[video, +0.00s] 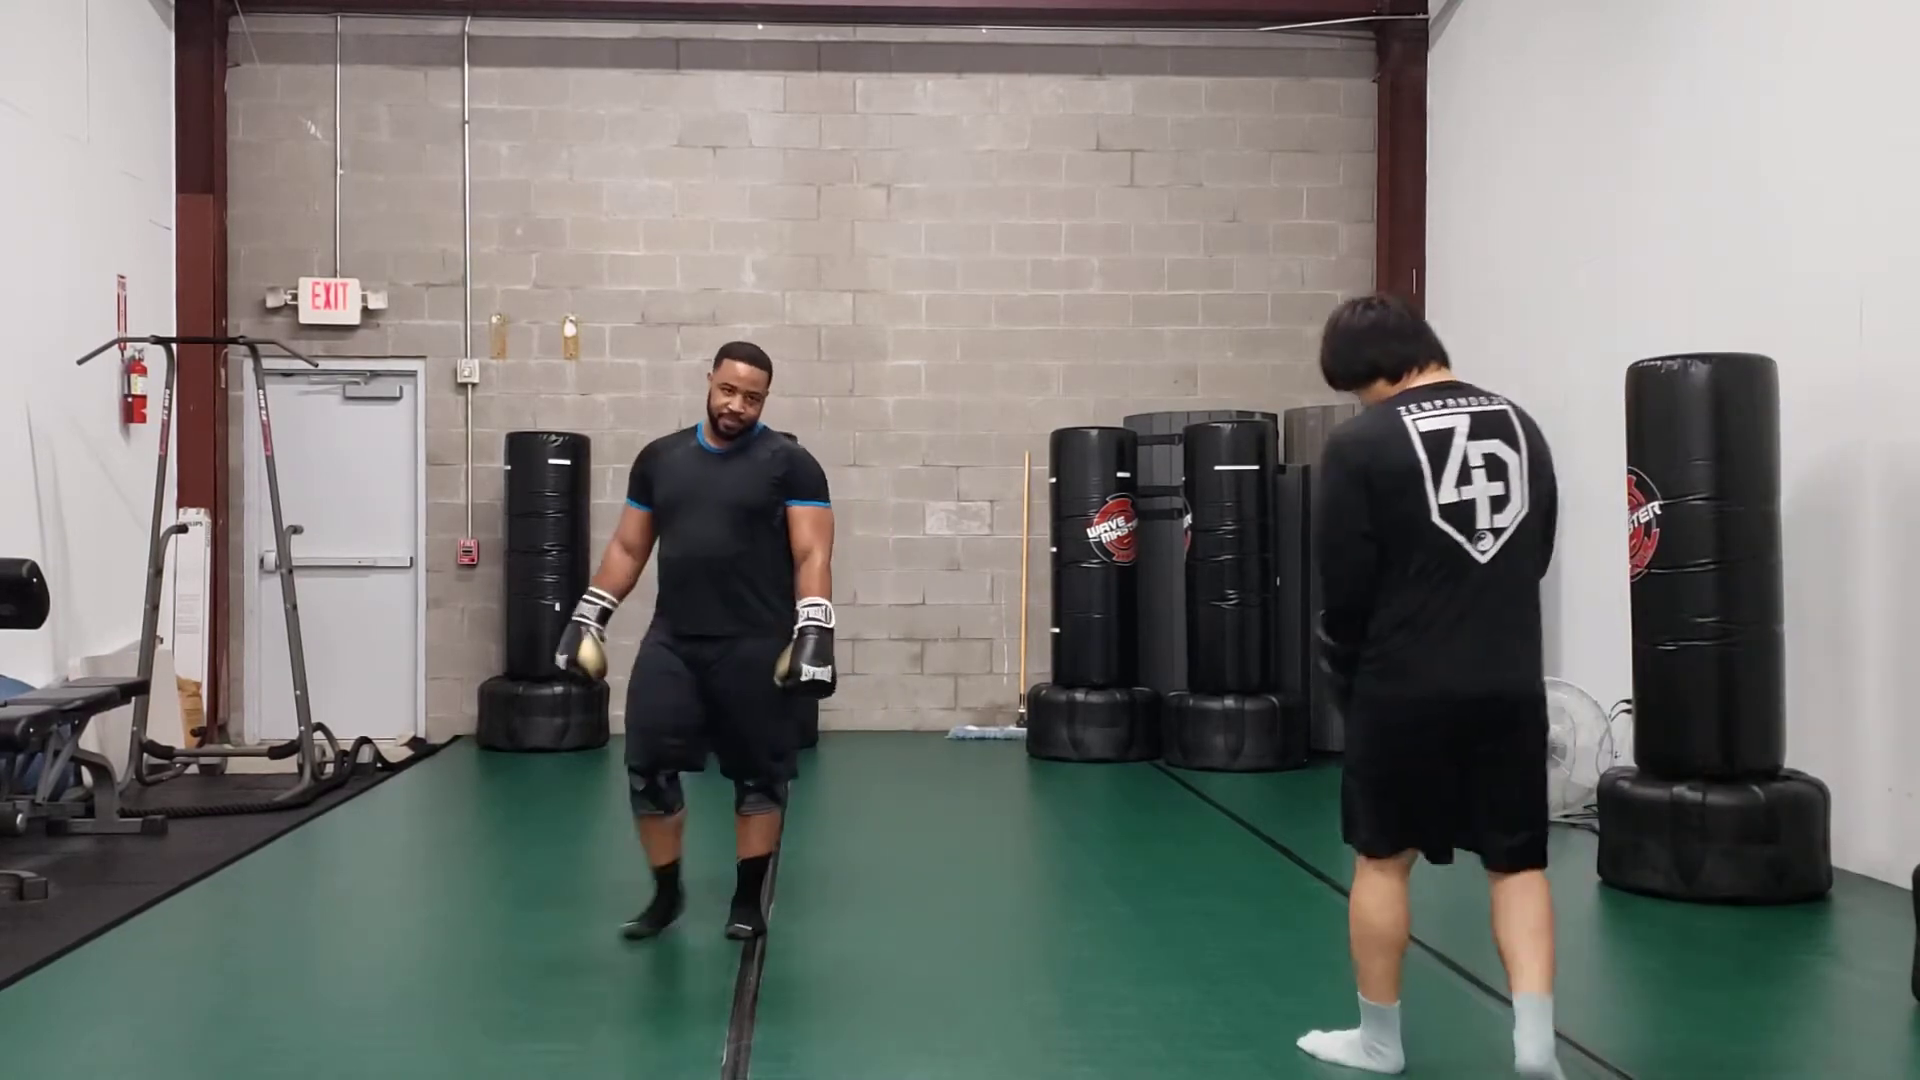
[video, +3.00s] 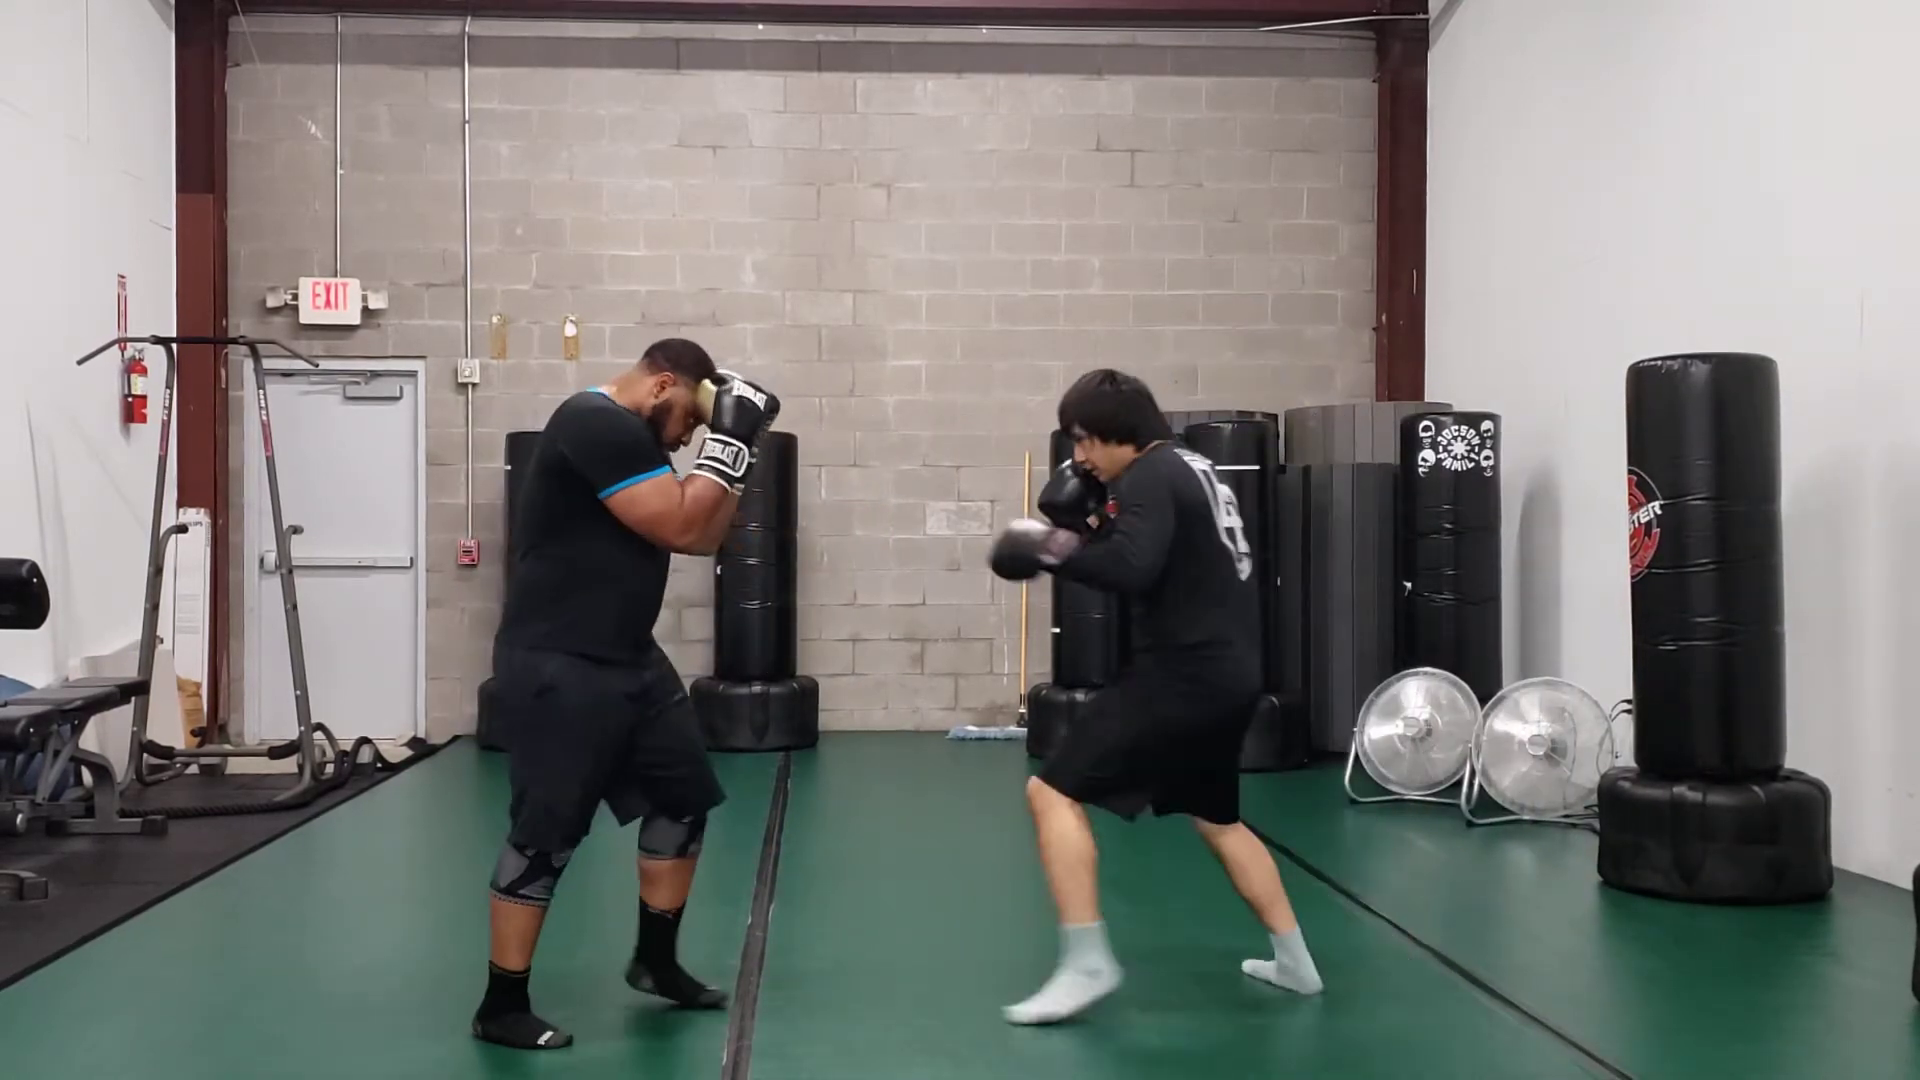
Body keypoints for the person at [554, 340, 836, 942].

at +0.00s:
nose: (736, 405)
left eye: (750, 396)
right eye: (728, 390)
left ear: (765, 399)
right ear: (708, 384)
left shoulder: (791, 466)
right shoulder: (660, 461)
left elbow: (813, 554)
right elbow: (626, 549)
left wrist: (814, 630)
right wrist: (587, 618)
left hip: (760, 649)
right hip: (673, 646)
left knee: (759, 780)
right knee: (648, 768)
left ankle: (748, 902)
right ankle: (666, 894)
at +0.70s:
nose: (651, 396)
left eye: (664, 385)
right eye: (640, 379)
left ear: (674, 385)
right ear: (610, 369)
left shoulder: (697, 459)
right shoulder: (543, 450)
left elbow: (725, 554)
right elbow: (509, 542)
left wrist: (739, 630)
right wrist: (492, 621)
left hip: (662, 648)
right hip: (573, 651)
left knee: (661, 792)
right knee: (590, 798)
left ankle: (653, 953)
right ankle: (597, 939)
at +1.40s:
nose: (665, 406)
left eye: (675, 394)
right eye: (659, 387)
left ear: (676, 391)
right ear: (619, 362)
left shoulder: (677, 457)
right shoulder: (528, 434)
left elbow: (751, 520)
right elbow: (488, 543)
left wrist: (816, 537)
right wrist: (481, 640)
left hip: (645, 670)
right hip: (545, 668)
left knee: (641, 824)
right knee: (519, 830)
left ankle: (633, 971)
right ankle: (486, 979)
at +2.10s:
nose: (666, 417)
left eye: (676, 404)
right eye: (659, 398)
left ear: (683, 394)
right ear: (619, 369)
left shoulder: (682, 449)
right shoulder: (525, 433)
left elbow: (765, 511)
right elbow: (481, 539)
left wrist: (812, 475)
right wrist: (544, 594)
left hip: (631, 674)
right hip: (534, 673)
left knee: (627, 823)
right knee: (509, 830)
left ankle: (632, 971)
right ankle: (486, 981)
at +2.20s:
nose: (674, 415)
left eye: (683, 401)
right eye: (666, 398)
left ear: (685, 391)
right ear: (625, 370)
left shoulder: (685, 455)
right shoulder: (537, 431)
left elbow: (725, 549)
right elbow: (494, 536)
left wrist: (764, 499)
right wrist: (586, 551)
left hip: (643, 675)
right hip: (546, 675)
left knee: (635, 827)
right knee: (516, 835)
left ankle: (633, 971)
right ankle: (488, 982)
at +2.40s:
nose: (685, 424)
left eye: (693, 413)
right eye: (680, 407)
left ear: (687, 400)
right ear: (642, 374)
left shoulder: (669, 452)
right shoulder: (564, 428)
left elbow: (712, 558)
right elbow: (587, 531)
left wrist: (751, 503)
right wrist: (672, 465)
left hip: (652, 672)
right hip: (567, 672)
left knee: (640, 825)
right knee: (541, 832)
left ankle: (633, 972)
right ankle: (492, 976)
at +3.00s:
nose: (683, 438)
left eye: (690, 428)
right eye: (685, 420)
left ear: (658, 385)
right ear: (661, 384)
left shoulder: (630, 443)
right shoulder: (591, 423)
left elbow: (704, 538)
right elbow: (682, 526)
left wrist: (733, 455)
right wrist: (730, 439)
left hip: (630, 663)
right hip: (559, 668)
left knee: (683, 800)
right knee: (542, 835)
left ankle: (656, 962)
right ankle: (504, 1006)